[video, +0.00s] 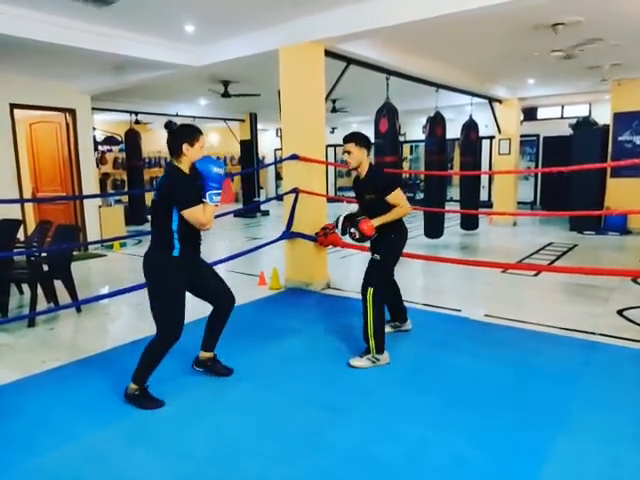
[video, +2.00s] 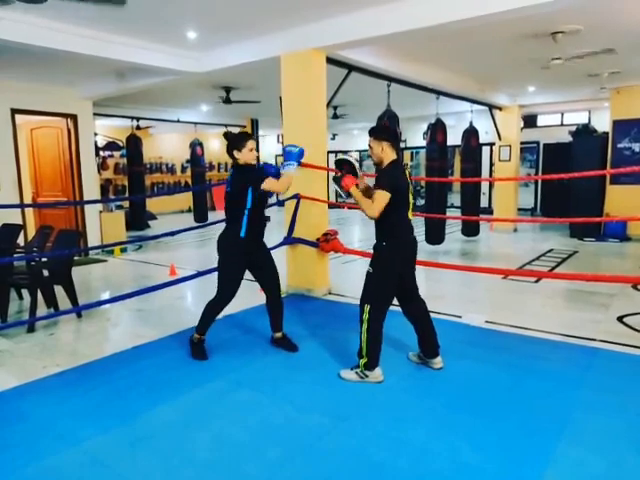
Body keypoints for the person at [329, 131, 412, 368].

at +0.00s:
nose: (345, 157)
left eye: (349, 152)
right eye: (344, 153)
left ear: (364, 151)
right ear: (350, 155)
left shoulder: (381, 178)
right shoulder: (358, 180)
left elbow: (405, 207)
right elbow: (368, 209)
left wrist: (374, 222)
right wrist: (347, 221)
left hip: (393, 235)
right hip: (379, 235)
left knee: (370, 288)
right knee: (384, 278)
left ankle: (376, 352)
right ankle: (400, 319)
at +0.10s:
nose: (342, 160)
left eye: (345, 155)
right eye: (340, 156)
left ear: (362, 153)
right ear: (351, 156)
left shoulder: (373, 180)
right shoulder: (359, 180)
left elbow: (382, 220)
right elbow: (363, 212)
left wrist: (348, 221)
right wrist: (339, 219)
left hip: (390, 239)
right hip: (381, 237)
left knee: (366, 293)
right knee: (381, 280)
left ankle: (376, 354)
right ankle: (401, 322)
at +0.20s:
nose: (344, 157)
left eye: (347, 151)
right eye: (343, 152)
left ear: (363, 150)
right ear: (359, 152)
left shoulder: (375, 174)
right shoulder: (361, 175)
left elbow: (361, 212)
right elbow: (347, 207)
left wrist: (333, 189)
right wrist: (327, 193)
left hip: (390, 237)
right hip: (382, 235)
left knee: (366, 293)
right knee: (379, 283)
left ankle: (376, 355)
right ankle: (406, 326)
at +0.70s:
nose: (351, 151)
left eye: (354, 146)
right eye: (350, 147)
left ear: (369, 145)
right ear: (369, 146)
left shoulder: (372, 170)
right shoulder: (380, 168)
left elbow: (340, 189)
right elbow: (349, 188)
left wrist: (329, 160)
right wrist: (337, 166)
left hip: (384, 240)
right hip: (397, 238)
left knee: (360, 297)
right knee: (397, 292)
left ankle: (366, 360)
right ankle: (414, 343)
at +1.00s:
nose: (349, 150)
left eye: (351, 145)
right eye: (349, 145)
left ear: (365, 144)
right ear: (364, 145)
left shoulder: (378, 171)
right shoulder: (363, 170)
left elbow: (354, 201)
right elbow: (329, 182)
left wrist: (338, 175)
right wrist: (305, 167)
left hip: (384, 243)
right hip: (385, 241)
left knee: (365, 303)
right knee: (393, 296)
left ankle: (367, 365)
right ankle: (424, 345)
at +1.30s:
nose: (359, 149)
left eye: (361, 144)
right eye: (359, 145)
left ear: (374, 144)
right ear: (377, 145)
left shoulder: (382, 173)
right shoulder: (386, 170)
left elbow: (355, 205)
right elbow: (357, 200)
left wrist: (348, 172)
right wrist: (342, 176)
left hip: (385, 245)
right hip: (396, 242)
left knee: (364, 304)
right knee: (401, 297)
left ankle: (368, 366)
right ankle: (430, 349)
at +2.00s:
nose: (370, 152)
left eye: (372, 147)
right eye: (370, 147)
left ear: (385, 146)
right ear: (389, 146)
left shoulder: (389, 173)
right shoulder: (398, 170)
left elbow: (373, 211)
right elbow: (387, 205)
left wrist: (353, 191)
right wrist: (366, 190)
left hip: (389, 248)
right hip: (404, 245)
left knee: (371, 305)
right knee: (411, 299)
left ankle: (368, 367)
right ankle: (431, 354)